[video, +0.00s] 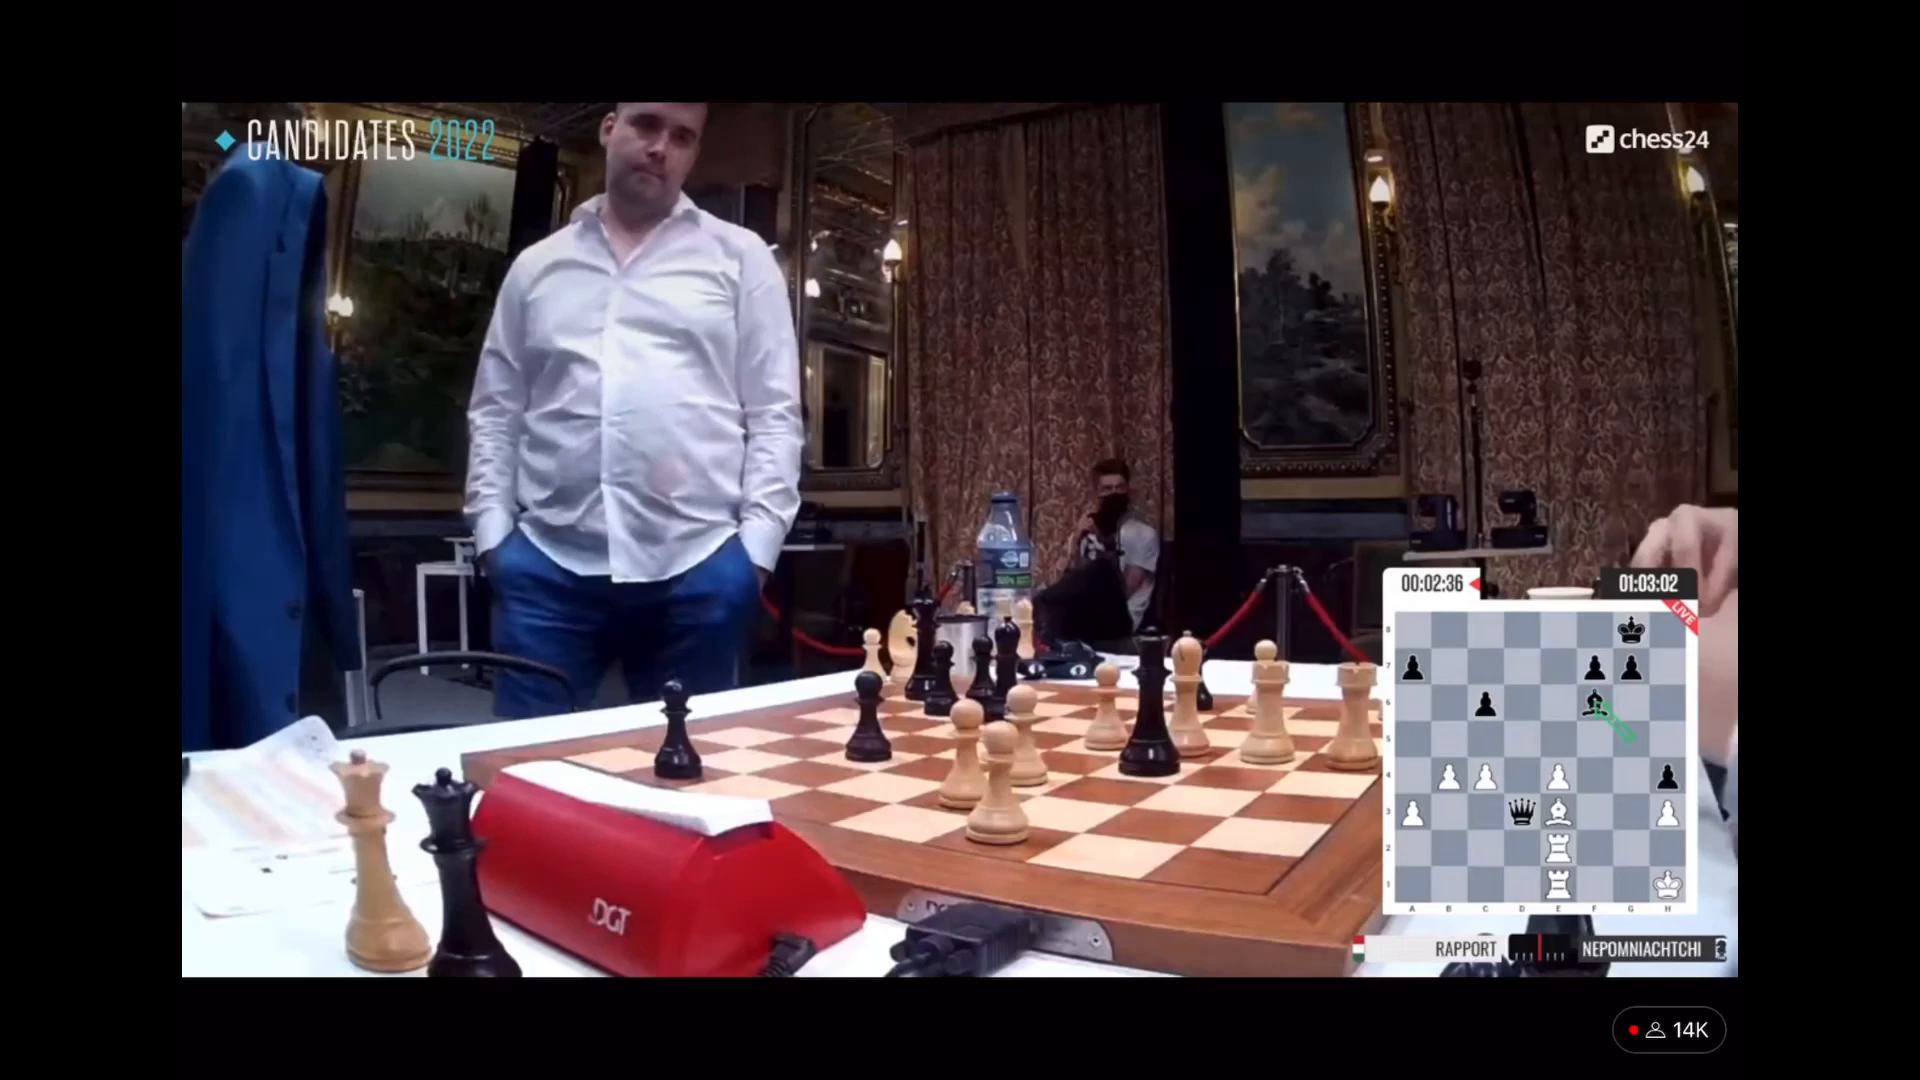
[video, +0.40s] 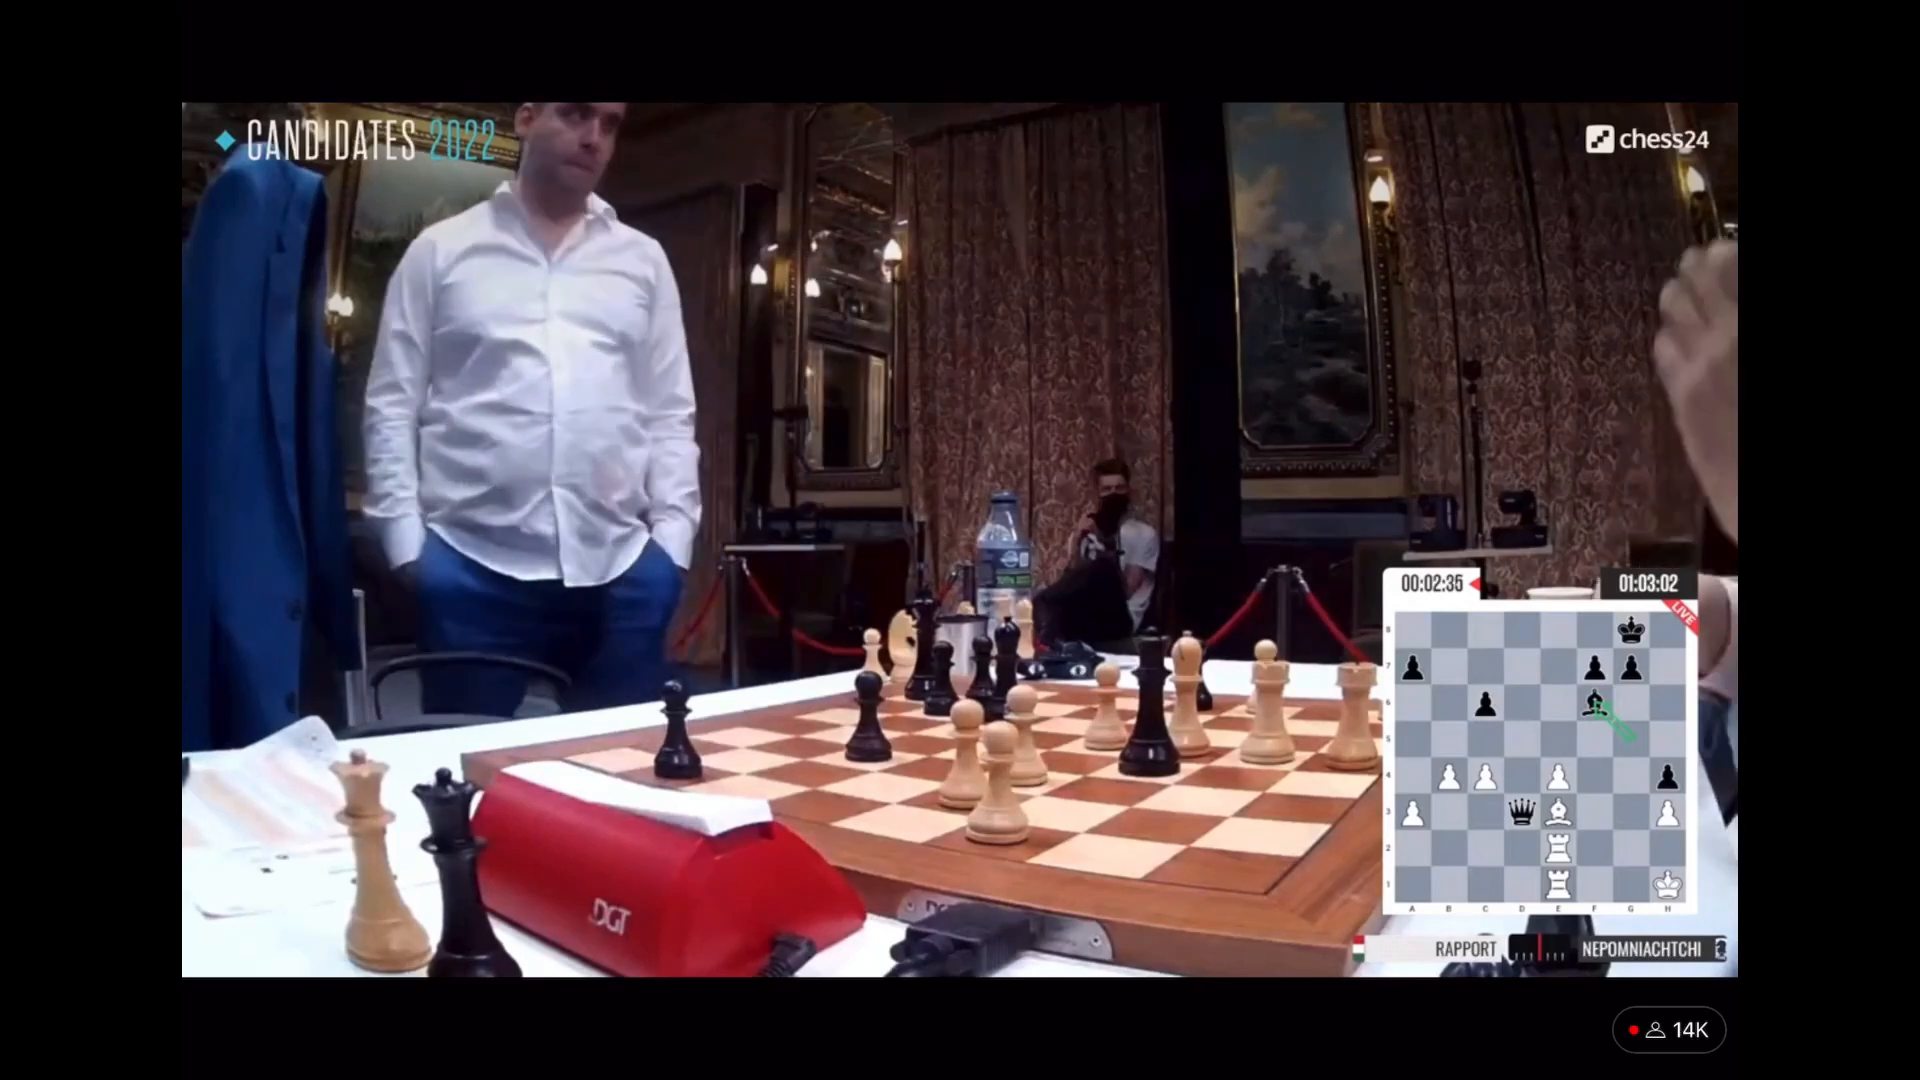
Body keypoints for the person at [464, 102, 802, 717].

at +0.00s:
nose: (660, 149)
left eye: (681, 137)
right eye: (645, 126)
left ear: (696, 155)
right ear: (608, 130)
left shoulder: (741, 259)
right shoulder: (536, 267)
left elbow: (774, 413)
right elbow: (494, 409)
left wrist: (754, 548)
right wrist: (495, 536)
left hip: (697, 574)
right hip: (547, 570)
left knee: (693, 778)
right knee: (528, 772)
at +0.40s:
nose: (592, 138)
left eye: (607, 125)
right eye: (575, 115)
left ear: (617, 141)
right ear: (525, 120)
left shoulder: (643, 260)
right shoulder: (440, 251)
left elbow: (670, 414)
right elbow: (391, 401)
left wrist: (669, 545)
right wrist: (409, 546)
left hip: (621, 576)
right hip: (472, 574)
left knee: (624, 781)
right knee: (465, 780)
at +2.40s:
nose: (499, 133)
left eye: (520, 119)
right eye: (484, 111)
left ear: (535, 135)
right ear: (445, 114)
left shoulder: (574, 249)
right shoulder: (367, 260)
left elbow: (608, 409)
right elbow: (331, 420)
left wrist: (608, 544)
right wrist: (352, 560)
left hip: (563, 582)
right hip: (413, 587)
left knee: (593, 789)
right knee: (425, 793)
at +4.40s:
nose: (494, 141)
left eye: (514, 127)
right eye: (479, 117)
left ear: (528, 142)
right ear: (438, 118)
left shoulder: (558, 258)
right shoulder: (358, 259)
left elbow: (587, 415)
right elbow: (323, 420)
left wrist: (588, 549)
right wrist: (346, 565)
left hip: (547, 581)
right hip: (405, 584)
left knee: (578, 786)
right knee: (420, 792)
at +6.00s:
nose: (489, 144)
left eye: (511, 130)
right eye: (475, 120)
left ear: (528, 144)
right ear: (439, 120)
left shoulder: (563, 259)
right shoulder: (360, 263)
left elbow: (592, 416)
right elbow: (325, 420)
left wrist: (590, 550)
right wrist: (343, 562)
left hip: (549, 584)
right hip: (403, 586)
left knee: (575, 787)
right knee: (417, 792)